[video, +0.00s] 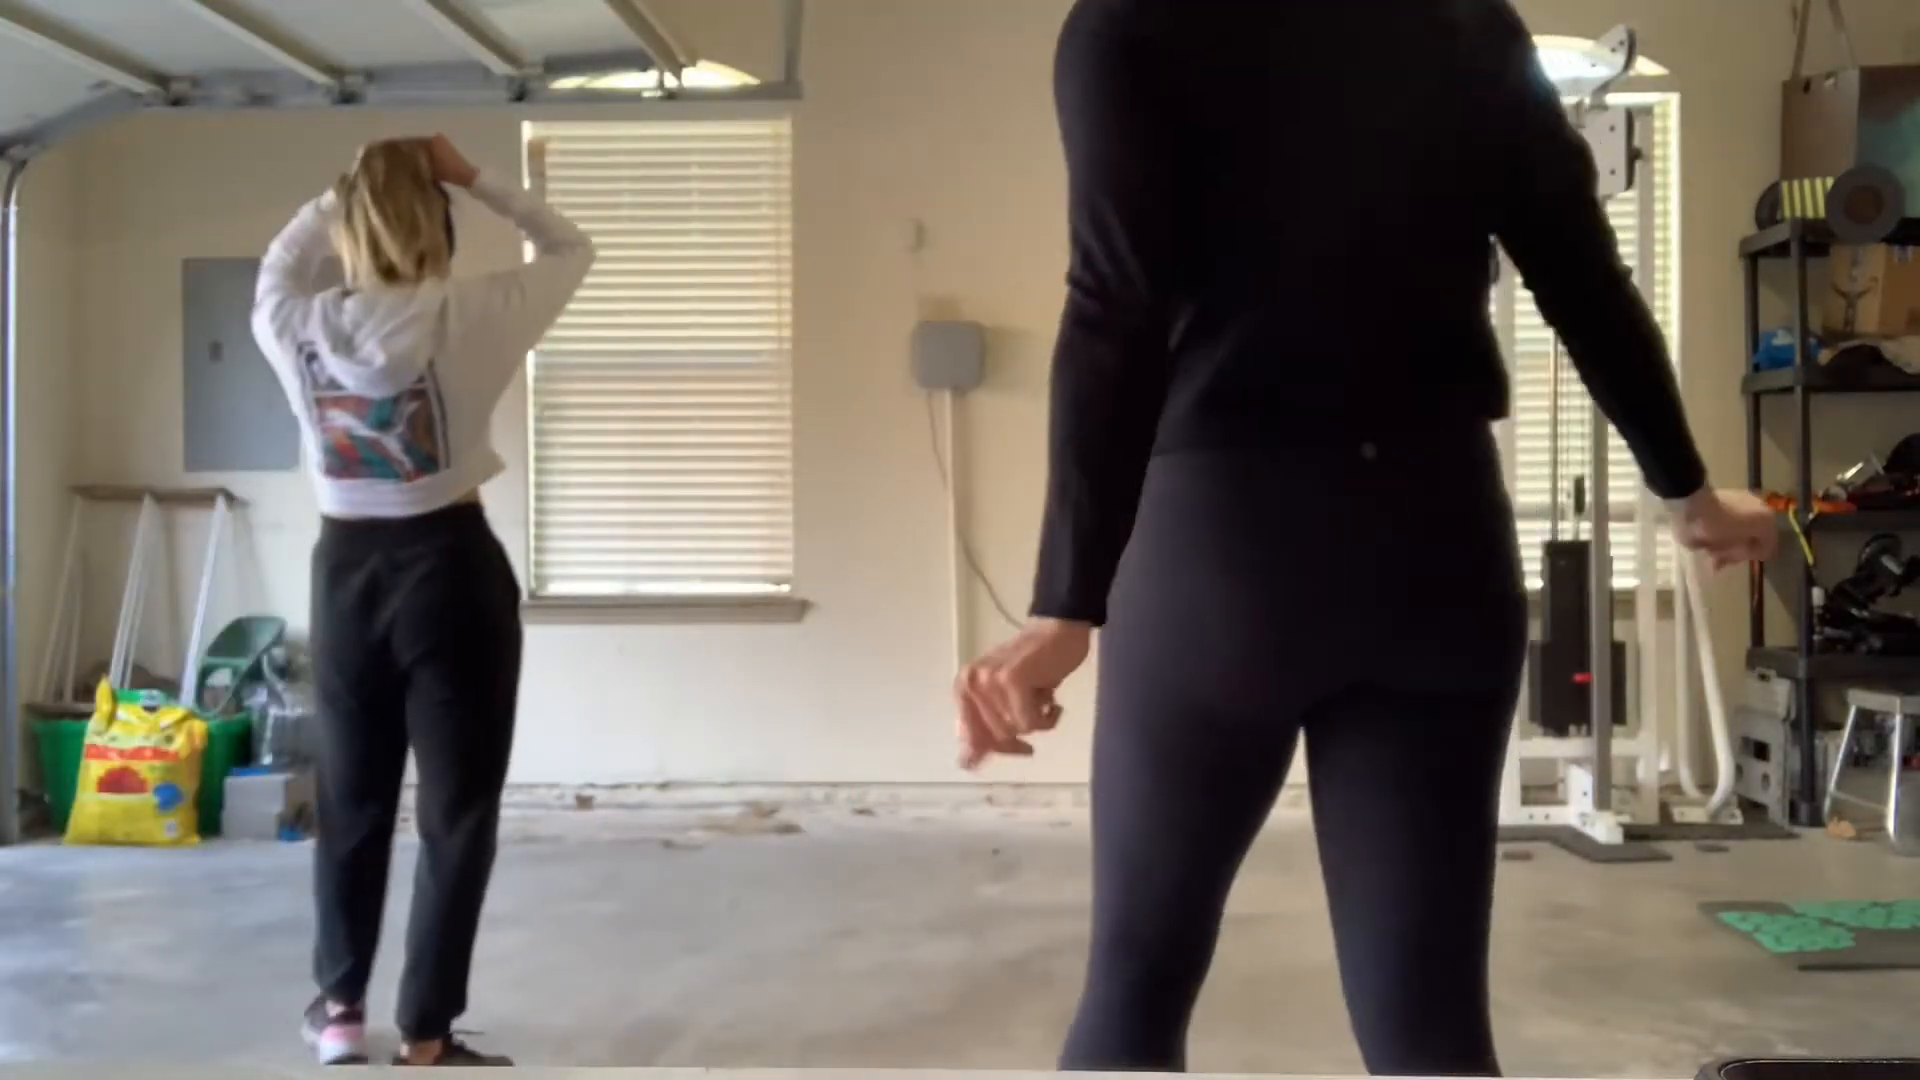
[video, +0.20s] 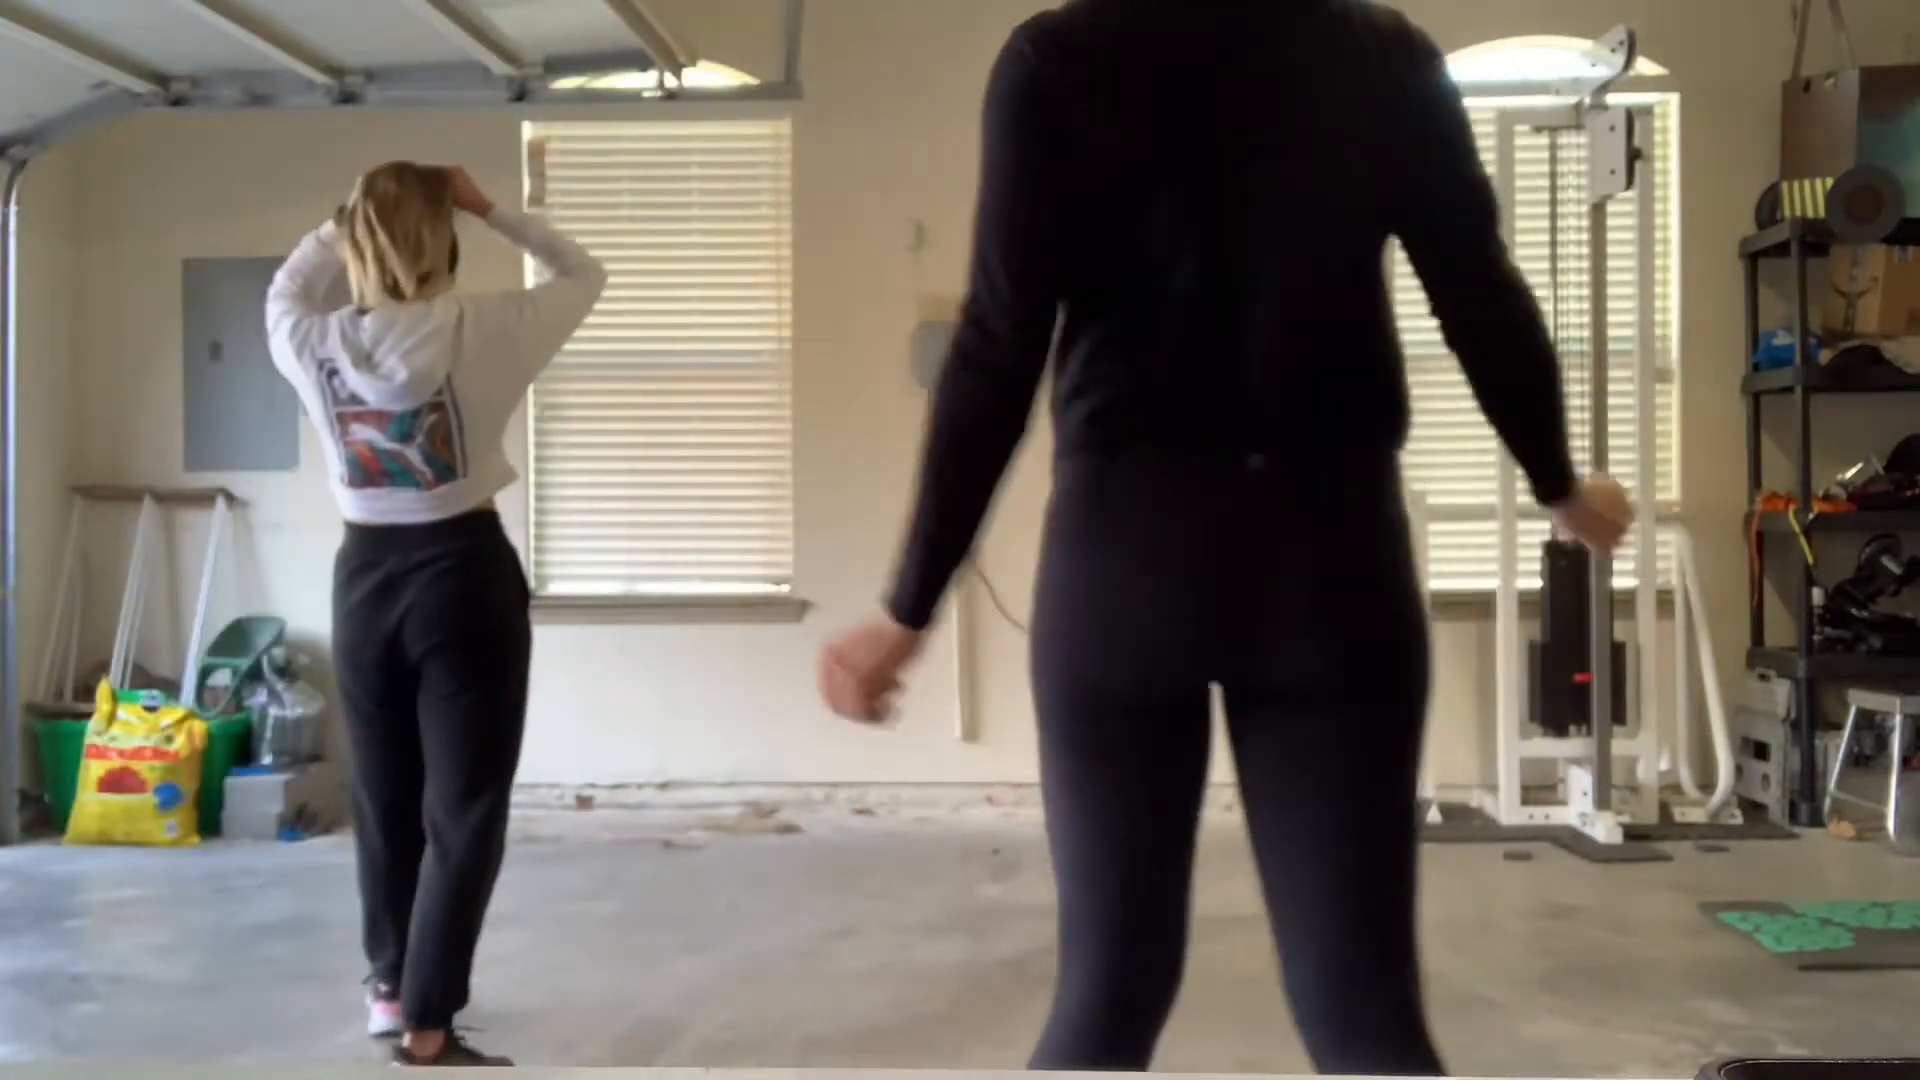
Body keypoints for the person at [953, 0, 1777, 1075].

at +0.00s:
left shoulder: (1123, 26)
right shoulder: (1463, 24)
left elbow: (1116, 307)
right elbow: (1578, 268)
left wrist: (1067, 604)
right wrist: (1690, 493)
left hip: (1222, 532)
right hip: (1438, 532)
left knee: (1133, 990)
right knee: (1431, 1025)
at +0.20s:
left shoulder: (1058, 54)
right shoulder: (1376, 51)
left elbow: (1000, 339)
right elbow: (1479, 294)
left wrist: (906, 608)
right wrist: (1562, 483)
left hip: (1119, 572)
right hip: (1332, 569)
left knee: (1107, 987)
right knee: (1361, 1001)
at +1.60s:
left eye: (1234, 50)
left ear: (1234, 52)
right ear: (1355, 47)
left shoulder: (1203, 142)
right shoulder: (1421, 142)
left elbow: (1063, 80)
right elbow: (1495, 27)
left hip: (1237, 541)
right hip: (1389, 543)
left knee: (1216, 833)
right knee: (1362, 859)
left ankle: (1222, 1074)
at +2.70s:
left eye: (1202, 174)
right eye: (1256, 174)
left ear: (1179, 181)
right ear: (1268, 178)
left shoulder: (1149, 252)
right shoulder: (1313, 234)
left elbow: (1073, 203)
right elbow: (1419, 113)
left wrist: (1164, 127)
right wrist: (1431, 2)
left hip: (1182, 539)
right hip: (1298, 536)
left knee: (1183, 788)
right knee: (1305, 780)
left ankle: (1145, 1039)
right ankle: (1337, 999)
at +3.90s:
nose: (1171, 229)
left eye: (1152, 220)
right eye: (1202, 214)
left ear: (1137, 224)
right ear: (1213, 217)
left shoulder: (1115, 291)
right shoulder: (1253, 296)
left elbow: (1056, 237)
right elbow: (1347, 368)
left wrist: (1120, 173)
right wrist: (1274, 311)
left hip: (1132, 538)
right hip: (1229, 537)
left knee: (1159, 730)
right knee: (1265, 722)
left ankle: (1159, 937)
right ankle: (1272, 913)